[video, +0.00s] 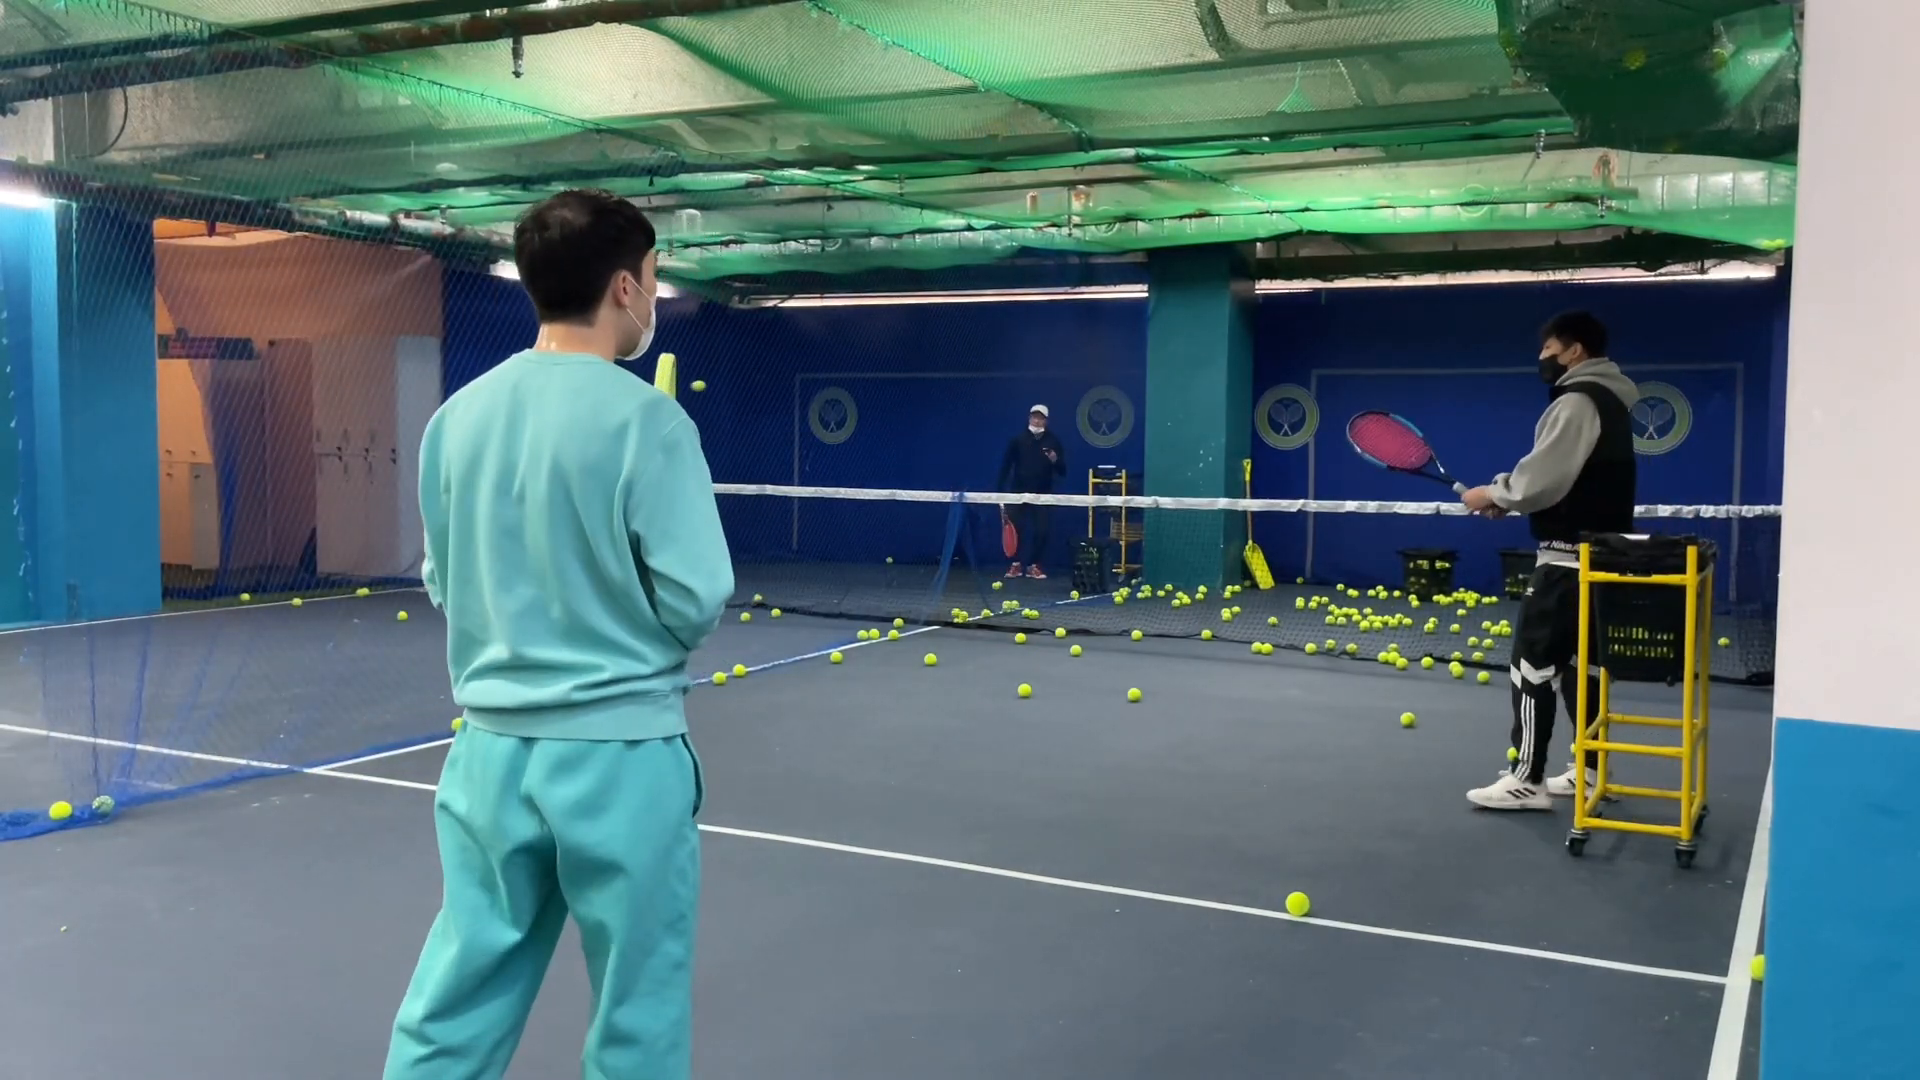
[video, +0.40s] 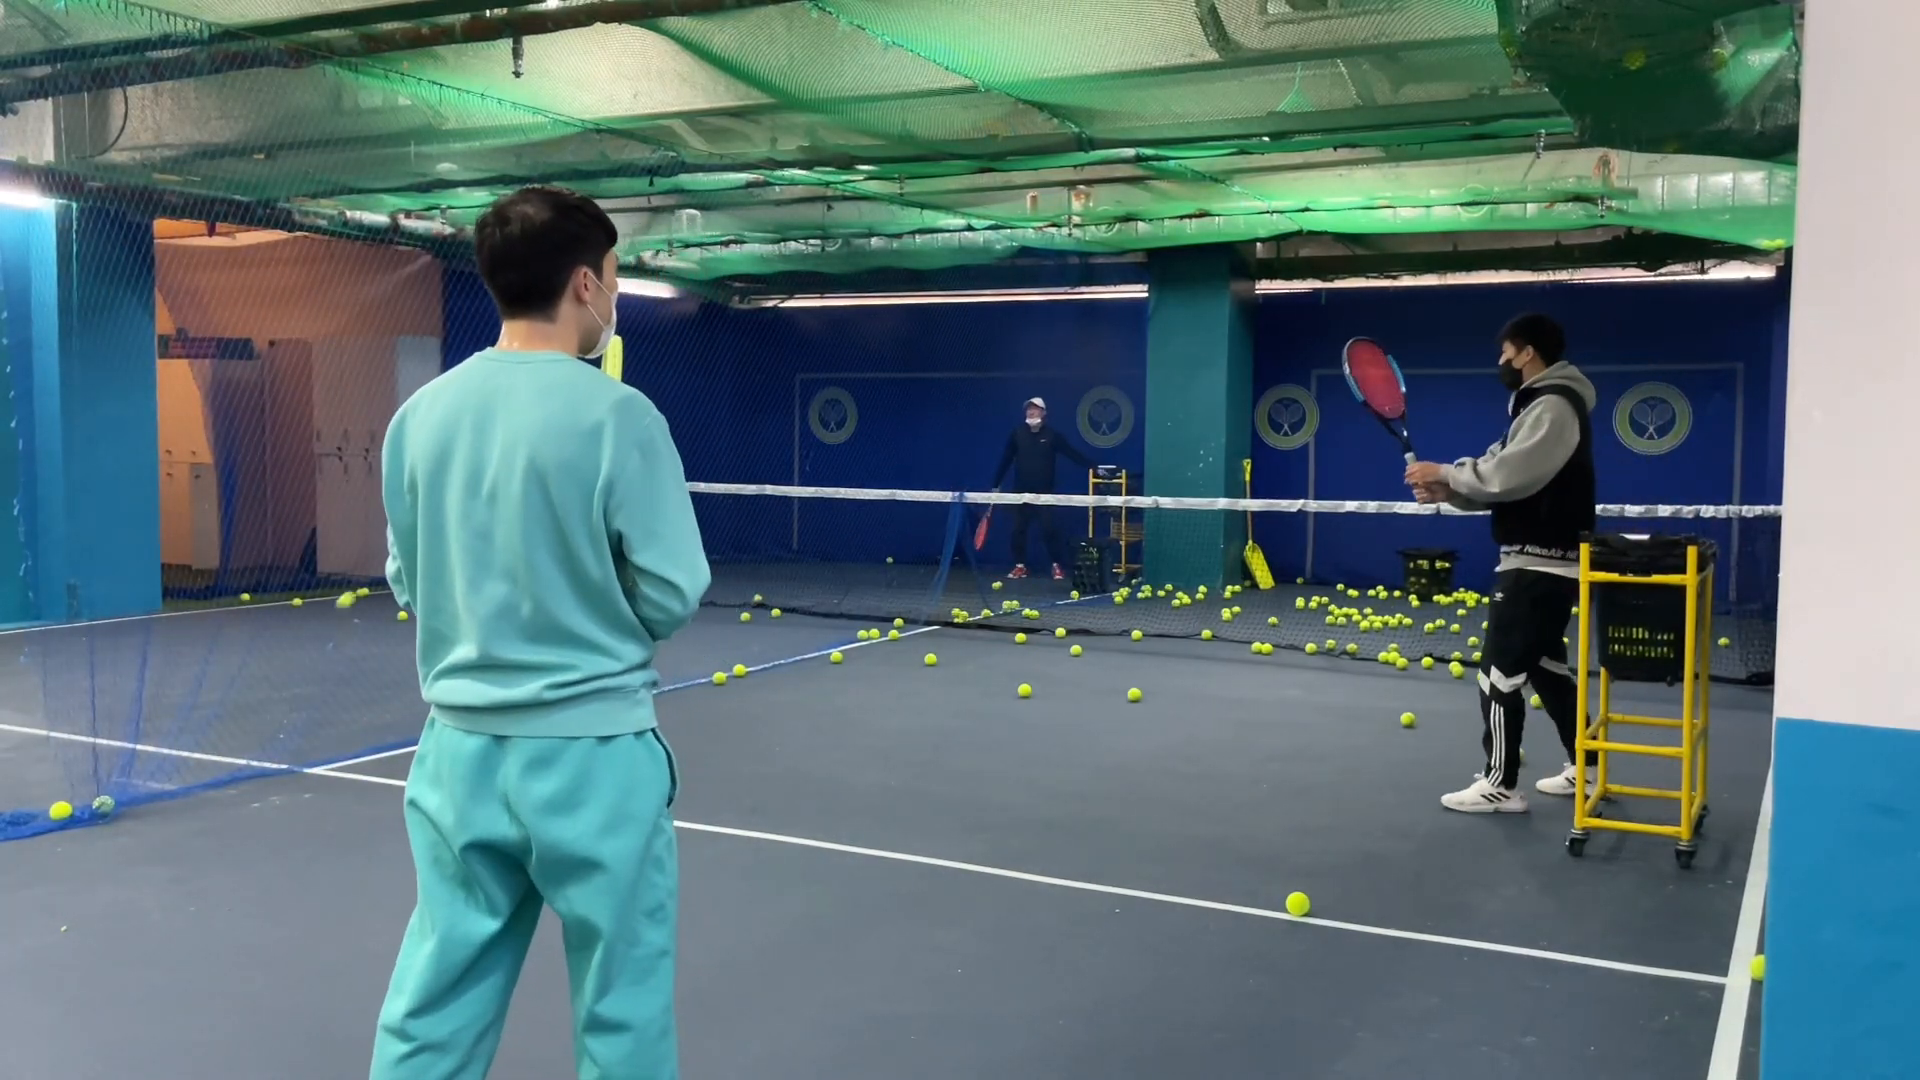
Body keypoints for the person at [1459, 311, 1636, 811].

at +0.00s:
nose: (1543, 358)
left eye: (1550, 349)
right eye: (1543, 350)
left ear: (1579, 348)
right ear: (1583, 351)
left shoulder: (1577, 403)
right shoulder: (1606, 399)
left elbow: (1546, 475)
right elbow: (1566, 479)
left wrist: (1492, 492)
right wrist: (1507, 497)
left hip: (1566, 556)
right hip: (1598, 554)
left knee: (1532, 664)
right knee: (1579, 665)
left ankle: (1526, 779)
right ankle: (1590, 771)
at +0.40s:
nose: (1503, 361)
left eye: (1507, 352)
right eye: (1503, 353)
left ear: (1530, 352)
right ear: (1538, 353)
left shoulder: (1553, 407)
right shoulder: (1544, 404)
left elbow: (1512, 471)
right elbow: (1509, 484)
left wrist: (1443, 473)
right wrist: (1449, 491)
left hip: (1536, 561)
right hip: (1547, 561)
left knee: (1501, 675)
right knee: (1548, 667)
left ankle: (1500, 785)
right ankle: (1586, 767)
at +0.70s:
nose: (1466, 365)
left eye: (1469, 356)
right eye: (1466, 358)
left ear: (1489, 355)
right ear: (1494, 356)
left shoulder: (1533, 403)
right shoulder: (1494, 408)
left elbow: (1497, 465)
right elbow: (1469, 479)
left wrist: (1431, 459)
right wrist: (1421, 476)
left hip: (1526, 559)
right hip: (1500, 557)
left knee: (1494, 670)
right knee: (1486, 663)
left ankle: (1501, 785)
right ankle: (1532, 757)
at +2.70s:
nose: (1430, 374)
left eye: (1436, 364)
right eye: (1425, 367)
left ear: (1466, 356)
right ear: (1437, 369)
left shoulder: (1498, 400)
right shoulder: (1454, 407)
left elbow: (1492, 478)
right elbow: (1431, 472)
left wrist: (1456, 532)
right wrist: (1431, 525)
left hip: (1506, 557)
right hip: (1476, 557)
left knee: (1485, 673)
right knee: (1470, 667)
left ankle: (1501, 786)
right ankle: (1482, 760)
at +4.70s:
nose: (1436, 357)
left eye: (1445, 347)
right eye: (1432, 350)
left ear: (1476, 350)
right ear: (1438, 358)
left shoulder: (1489, 401)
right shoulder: (1461, 402)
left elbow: (1475, 476)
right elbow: (1433, 472)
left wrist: (1432, 532)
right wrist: (1419, 526)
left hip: (1492, 560)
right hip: (1469, 559)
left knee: (1480, 674)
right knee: (1465, 669)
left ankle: (1501, 786)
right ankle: (1480, 761)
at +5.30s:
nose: (1401, 376)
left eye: (1404, 366)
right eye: (1400, 367)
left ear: (1426, 363)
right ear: (1439, 363)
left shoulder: (1446, 413)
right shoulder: (1465, 407)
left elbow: (1424, 490)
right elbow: (1433, 488)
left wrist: (1374, 518)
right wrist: (1378, 514)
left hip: (1455, 565)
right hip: (1479, 564)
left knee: (1405, 659)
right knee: (1451, 658)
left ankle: (1436, 769)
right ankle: (1481, 762)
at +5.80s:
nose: (1350, 376)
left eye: (1351, 368)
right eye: (1350, 368)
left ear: (1364, 366)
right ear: (1392, 364)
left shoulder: (1379, 413)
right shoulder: (1412, 409)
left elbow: (1352, 490)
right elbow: (1384, 496)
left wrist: (1312, 508)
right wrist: (1327, 524)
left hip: (1395, 567)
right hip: (1414, 563)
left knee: (1370, 666)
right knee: (1373, 661)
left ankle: (1422, 777)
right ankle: (1406, 757)